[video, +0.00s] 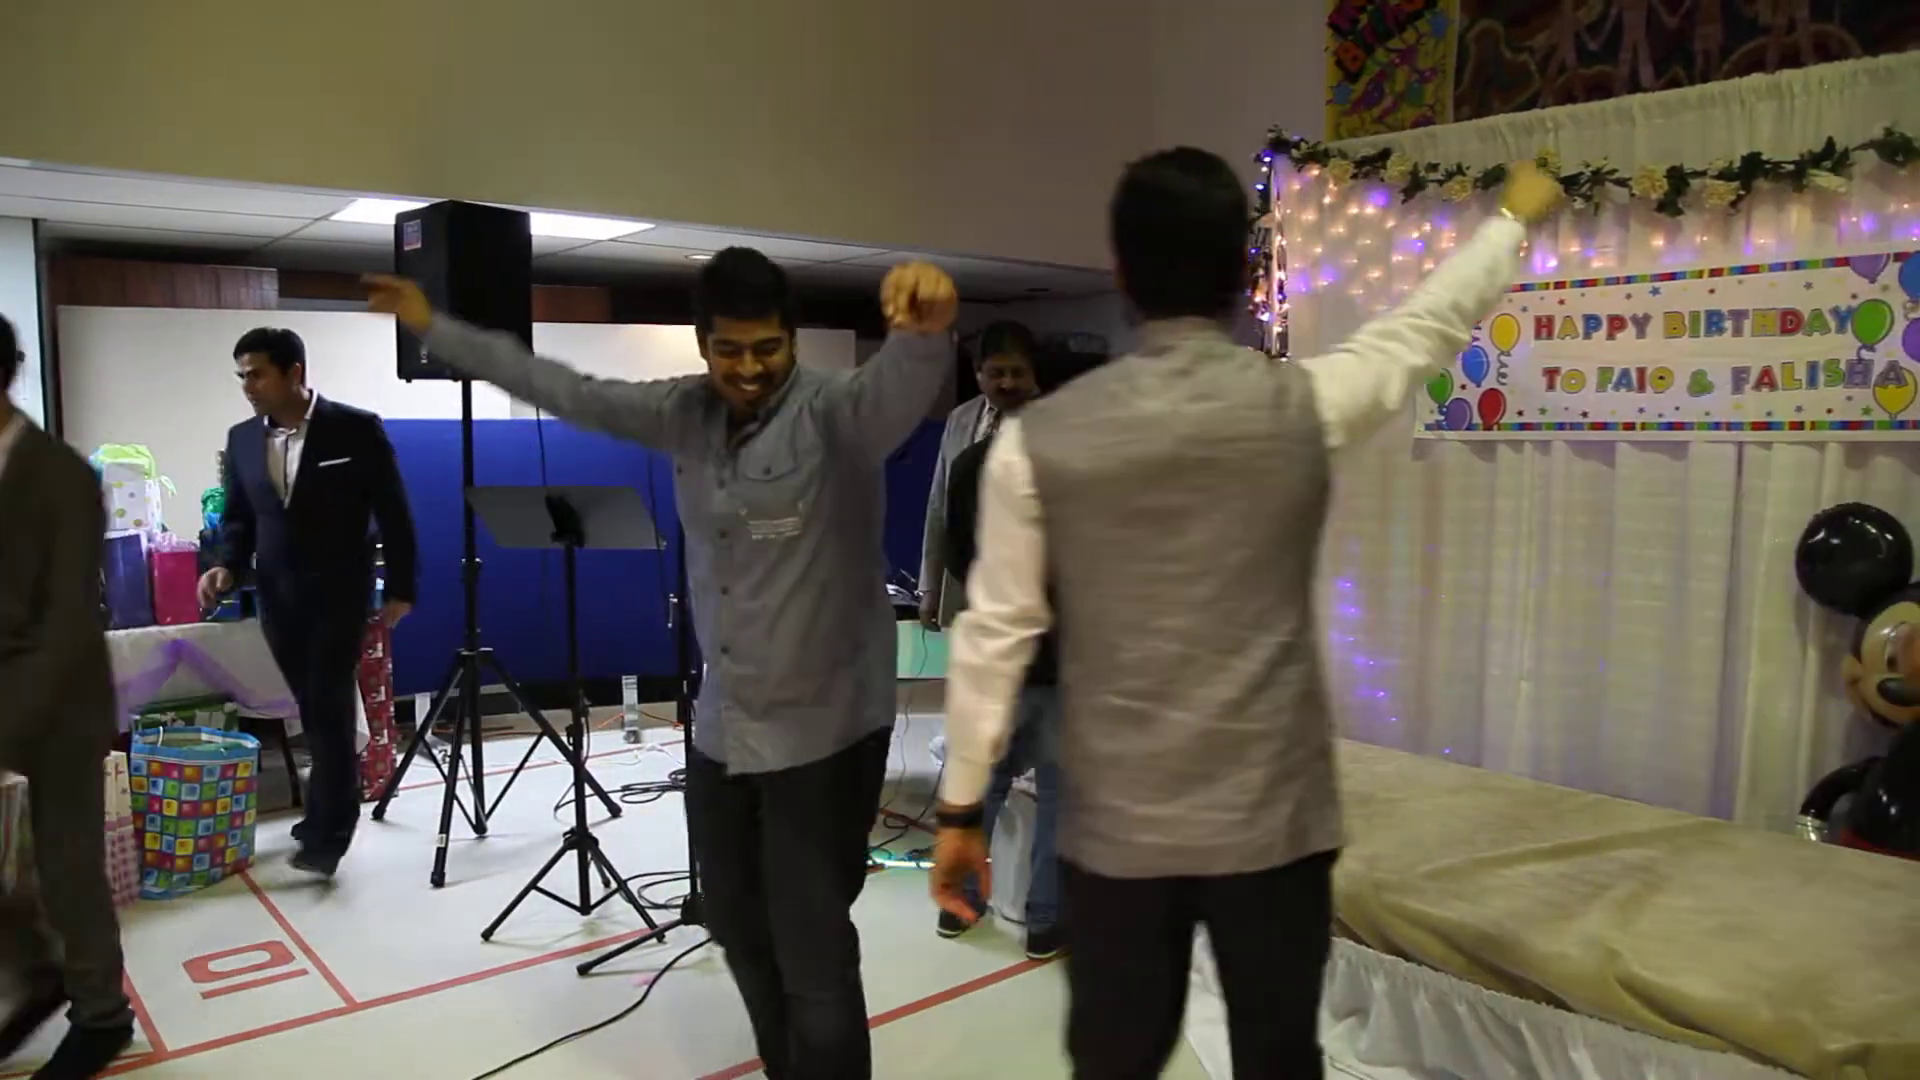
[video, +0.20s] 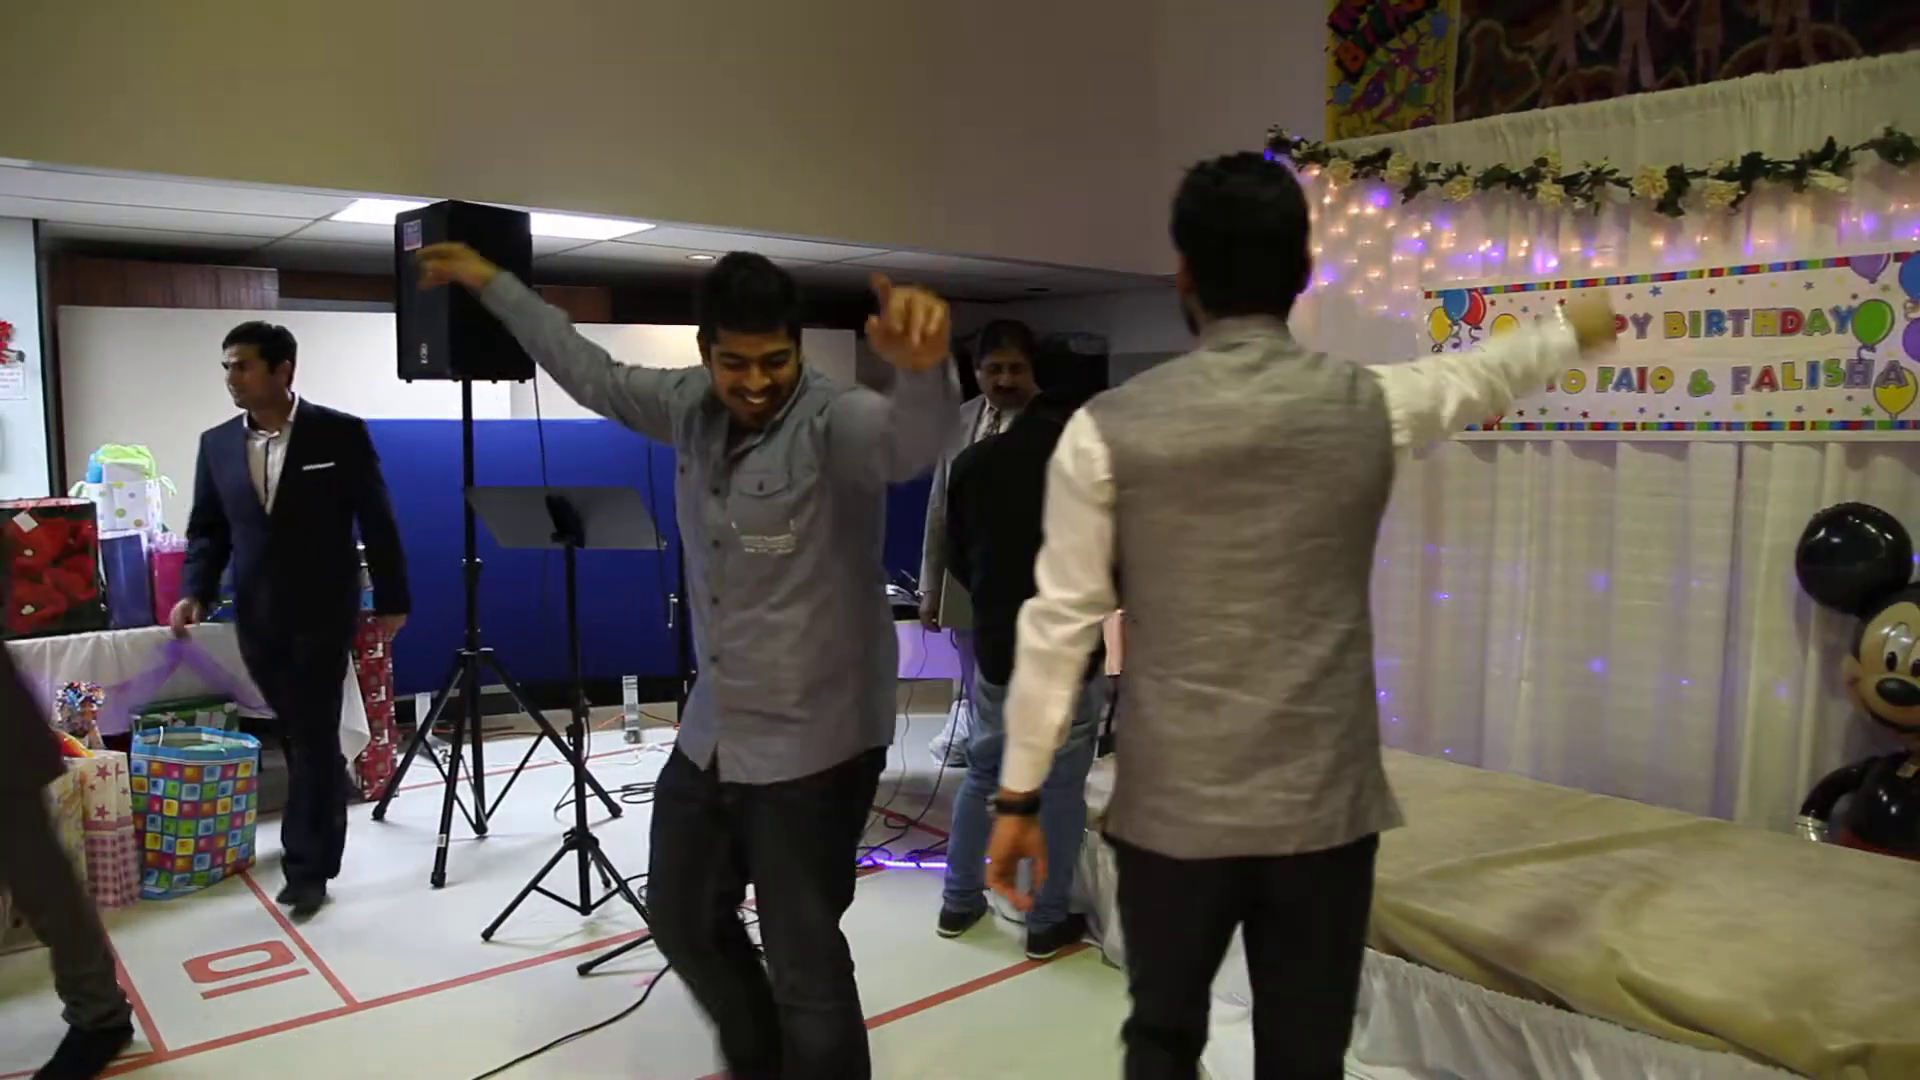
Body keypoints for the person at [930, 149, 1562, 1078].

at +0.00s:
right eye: (1244, 245)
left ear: (1122, 271)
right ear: (1245, 267)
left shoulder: (1039, 442)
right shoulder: (1301, 405)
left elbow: (996, 634)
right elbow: (1429, 326)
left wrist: (961, 807)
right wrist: (1514, 216)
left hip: (1120, 838)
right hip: (1274, 835)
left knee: (1113, 1061)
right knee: (1281, 1063)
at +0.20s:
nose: (1179, 268)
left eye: (1178, 254)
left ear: (1183, 273)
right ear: (1302, 272)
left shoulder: (1109, 431)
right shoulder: (1367, 405)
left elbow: (1062, 623)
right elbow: (1482, 375)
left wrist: (1018, 794)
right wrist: (1575, 330)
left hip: (1172, 821)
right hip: (1323, 826)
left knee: (1161, 1040)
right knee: (1304, 1066)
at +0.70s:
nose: (1178, 297)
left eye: (1186, 275)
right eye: (1181, 275)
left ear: (1224, 281)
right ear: (1301, 285)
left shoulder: (1149, 418)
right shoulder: (1369, 433)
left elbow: (1065, 576)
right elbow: (1390, 612)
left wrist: (991, 698)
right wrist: (1425, 763)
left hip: (1189, 796)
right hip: (1322, 798)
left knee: (1193, 1017)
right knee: (1297, 1020)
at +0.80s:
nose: (1162, 308)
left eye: (1170, 288)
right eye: (1165, 288)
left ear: (1208, 300)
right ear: (1282, 300)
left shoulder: (1142, 427)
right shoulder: (1354, 444)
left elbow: (1017, 541)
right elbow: (1393, 613)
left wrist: (912, 623)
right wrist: (1438, 743)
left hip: (1179, 792)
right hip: (1304, 794)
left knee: (1180, 1003)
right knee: (1270, 959)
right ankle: (1291, 1076)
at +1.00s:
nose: (1139, 299)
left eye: (1146, 282)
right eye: (1143, 280)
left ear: (1186, 295)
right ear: (1255, 296)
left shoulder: (1124, 411)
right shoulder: (1323, 416)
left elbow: (969, 455)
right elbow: (1415, 528)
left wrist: (825, 485)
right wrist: (1497, 612)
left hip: (1176, 762)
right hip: (1287, 758)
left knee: (1169, 982)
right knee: (1209, 871)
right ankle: (1289, 1045)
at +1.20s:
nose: (1119, 328)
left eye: (1129, 312)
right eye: (1121, 310)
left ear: (1172, 323)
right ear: (1227, 325)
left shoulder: (1123, 438)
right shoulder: (1298, 434)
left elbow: (965, 475)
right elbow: (1393, 447)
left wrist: (809, 495)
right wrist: (1471, 434)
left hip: (1164, 774)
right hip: (1258, 768)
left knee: (1145, 981)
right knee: (1159, 923)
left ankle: (1203, 1075)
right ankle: (1211, 1062)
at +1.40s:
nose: (1097, 324)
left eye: (1111, 308)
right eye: (1102, 306)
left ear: (1159, 325)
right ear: (1184, 325)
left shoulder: (1115, 442)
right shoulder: (1258, 416)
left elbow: (974, 530)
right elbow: (1315, 359)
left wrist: (828, 605)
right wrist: (1341, 298)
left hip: (1160, 748)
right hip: (1240, 734)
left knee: (1126, 939)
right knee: (1148, 908)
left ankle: (1174, 1075)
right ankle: (1162, 1062)